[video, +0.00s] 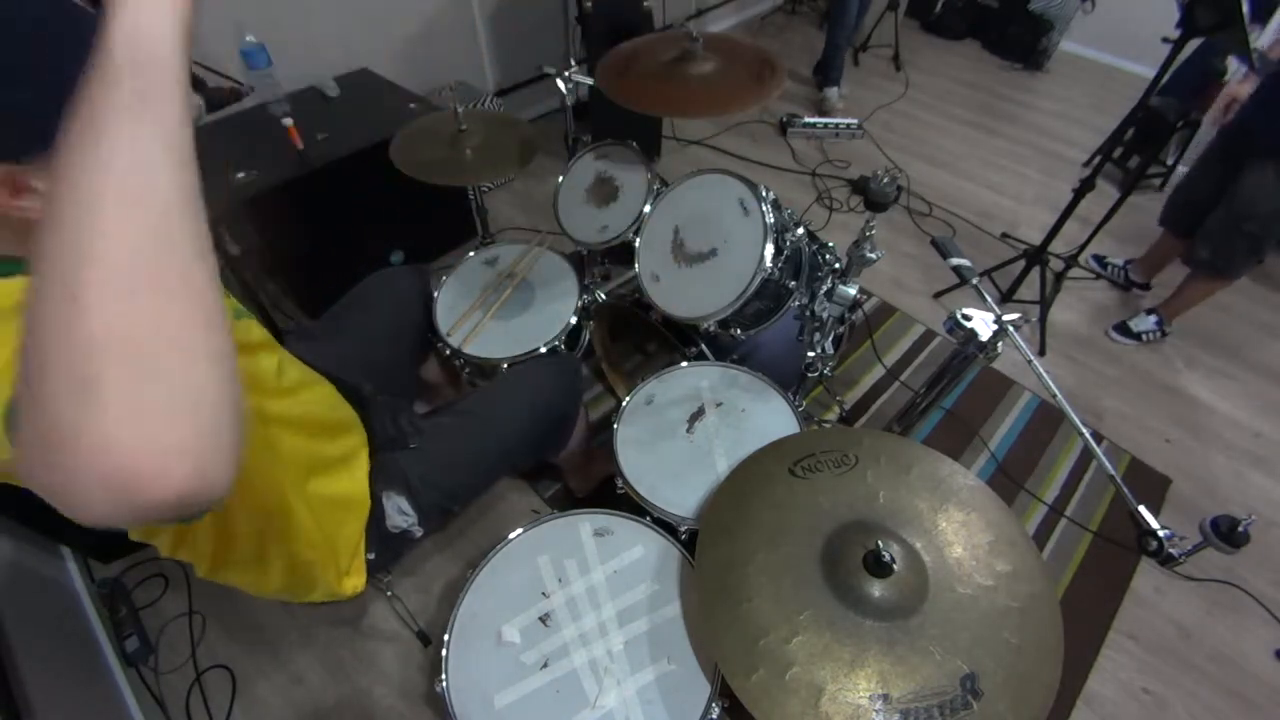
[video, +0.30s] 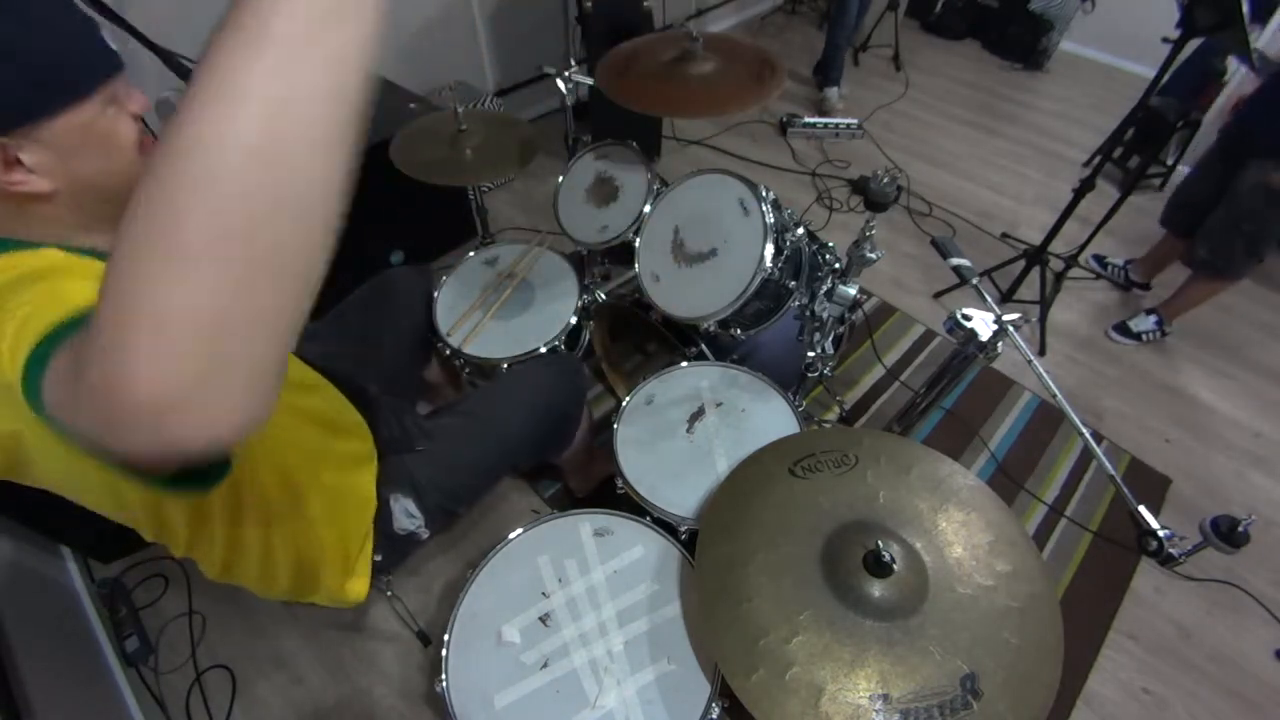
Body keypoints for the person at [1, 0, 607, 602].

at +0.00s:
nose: (114, 166)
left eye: (105, 147)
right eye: (87, 155)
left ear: (21, 189)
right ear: (20, 192)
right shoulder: (12, 332)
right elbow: (152, 467)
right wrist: (148, 15)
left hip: (294, 394)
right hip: (349, 511)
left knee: (402, 281)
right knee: (554, 368)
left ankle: (421, 405)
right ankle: (558, 471)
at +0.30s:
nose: (140, 101)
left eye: (120, 82)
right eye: (107, 98)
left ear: (29, 171)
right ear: (23, 168)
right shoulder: (26, 312)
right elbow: (173, 404)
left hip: (295, 396)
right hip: (352, 518)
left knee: (411, 283)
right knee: (558, 371)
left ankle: (417, 407)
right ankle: (566, 472)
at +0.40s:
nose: (121, 92)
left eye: (100, 76)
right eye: (88, 88)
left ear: (20, 158)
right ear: (13, 155)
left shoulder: (53, 242)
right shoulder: (29, 294)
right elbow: (185, 312)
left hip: (289, 394)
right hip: (349, 513)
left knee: (414, 285)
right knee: (561, 375)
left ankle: (421, 399)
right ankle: (569, 468)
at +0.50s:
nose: (117, 89)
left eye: (95, 73)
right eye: (83, 84)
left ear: (16, 154)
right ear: (11, 151)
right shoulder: (37, 282)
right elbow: (212, 236)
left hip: (286, 394)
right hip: (346, 513)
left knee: (413, 288)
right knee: (563, 378)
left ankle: (426, 396)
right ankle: (575, 471)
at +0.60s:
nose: (126, 92)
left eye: (103, 75)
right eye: (90, 85)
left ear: (19, 150)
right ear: (14, 145)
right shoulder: (55, 278)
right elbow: (225, 213)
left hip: (278, 402)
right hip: (350, 511)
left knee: (428, 283)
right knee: (560, 385)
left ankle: (427, 394)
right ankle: (569, 476)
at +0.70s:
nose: (133, 98)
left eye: (113, 79)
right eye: (99, 88)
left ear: (19, 146)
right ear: (15, 143)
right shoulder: (51, 282)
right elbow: (222, 223)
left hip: (279, 401)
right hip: (351, 511)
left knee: (414, 287)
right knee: (562, 379)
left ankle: (407, 422)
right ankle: (563, 471)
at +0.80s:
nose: (126, 94)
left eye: (103, 74)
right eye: (90, 85)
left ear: (17, 149)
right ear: (12, 145)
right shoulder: (39, 283)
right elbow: (210, 242)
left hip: (280, 399)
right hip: (343, 513)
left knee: (413, 286)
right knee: (565, 379)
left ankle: (435, 394)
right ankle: (579, 472)